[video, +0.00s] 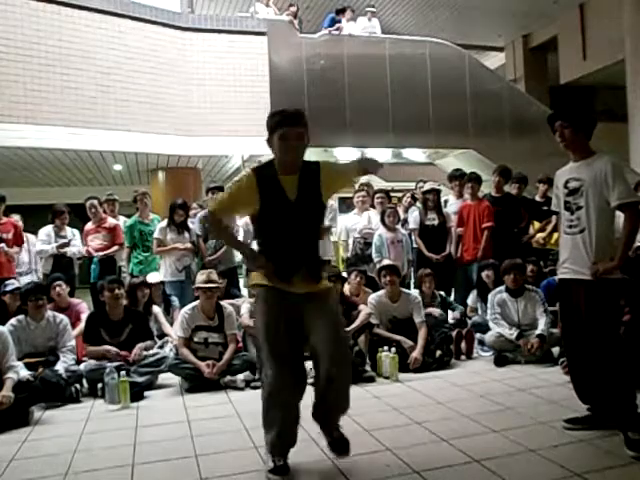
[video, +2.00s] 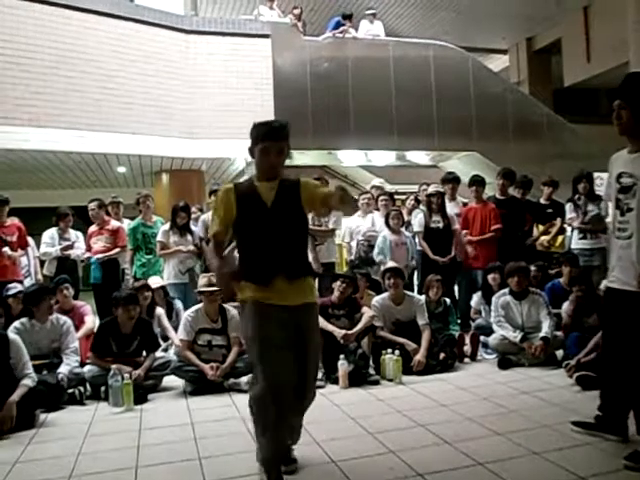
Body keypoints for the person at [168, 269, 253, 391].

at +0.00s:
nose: (209, 294)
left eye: (213, 290)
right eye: (205, 291)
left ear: (218, 292)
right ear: (197, 292)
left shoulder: (227, 311)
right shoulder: (187, 313)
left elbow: (232, 342)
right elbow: (181, 347)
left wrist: (222, 365)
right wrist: (201, 365)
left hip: (221, 357)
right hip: (197, 359)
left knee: (248, 359)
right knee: (173, 364)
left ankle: (201, 383)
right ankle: (221, 381)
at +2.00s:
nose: (212, 298)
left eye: (215, 293)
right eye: (207, 295)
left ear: (220, 294)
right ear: (200, 297)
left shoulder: (231, 314)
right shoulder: (191, 316)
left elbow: (236, 345)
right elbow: (183, 349)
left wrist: (225, 368)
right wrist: (204, 367)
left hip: (225, 359)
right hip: (200, 360)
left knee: (250, 361)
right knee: (176, 366)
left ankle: (203, 385)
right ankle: (226, 384)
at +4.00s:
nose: (212, 296)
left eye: (215, 292)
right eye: (208, 293)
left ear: (221, 293)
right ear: (201, 295)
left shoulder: (231, 314)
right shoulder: (191, 316)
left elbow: (236, 346)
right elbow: (184, 349)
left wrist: (224, 368)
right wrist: (204, 367)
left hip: (224, 361)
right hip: (199, 361)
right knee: (176, 366)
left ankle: (200, 386)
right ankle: (223, 383)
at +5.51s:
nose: (213, 302)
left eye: (216, 297)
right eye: (210, 297)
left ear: (221, 298)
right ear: (200, 295)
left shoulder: (228, 314)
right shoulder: (192, 315)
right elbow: (184, 350)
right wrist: (204, 367)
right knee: (176, 366)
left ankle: (200, 386)